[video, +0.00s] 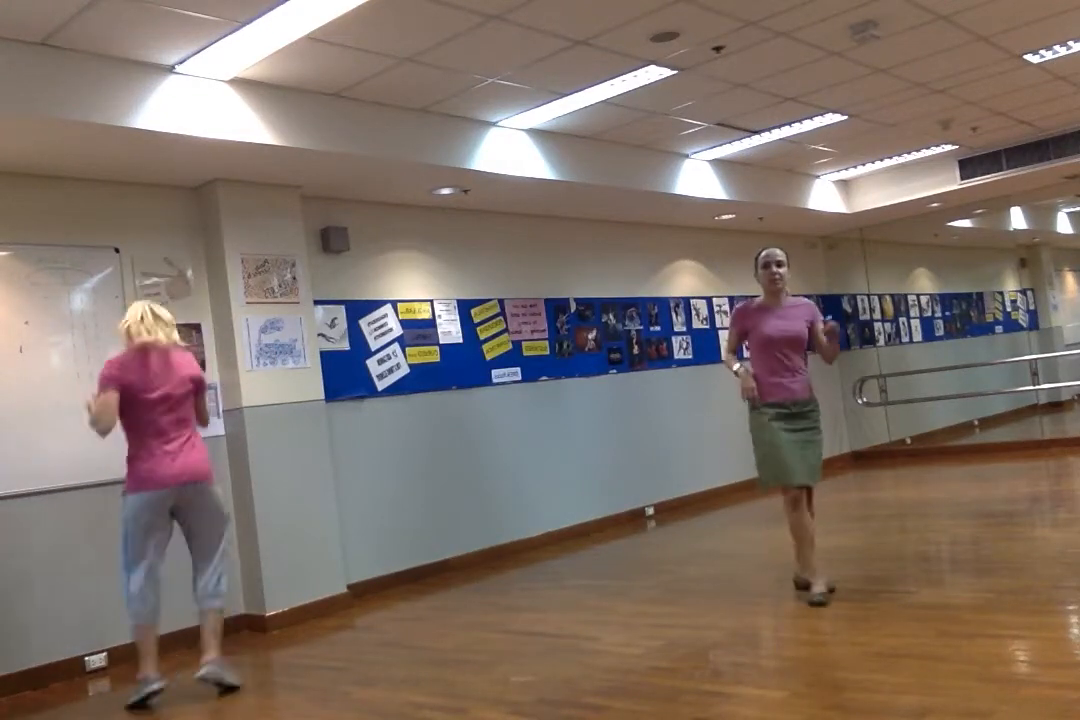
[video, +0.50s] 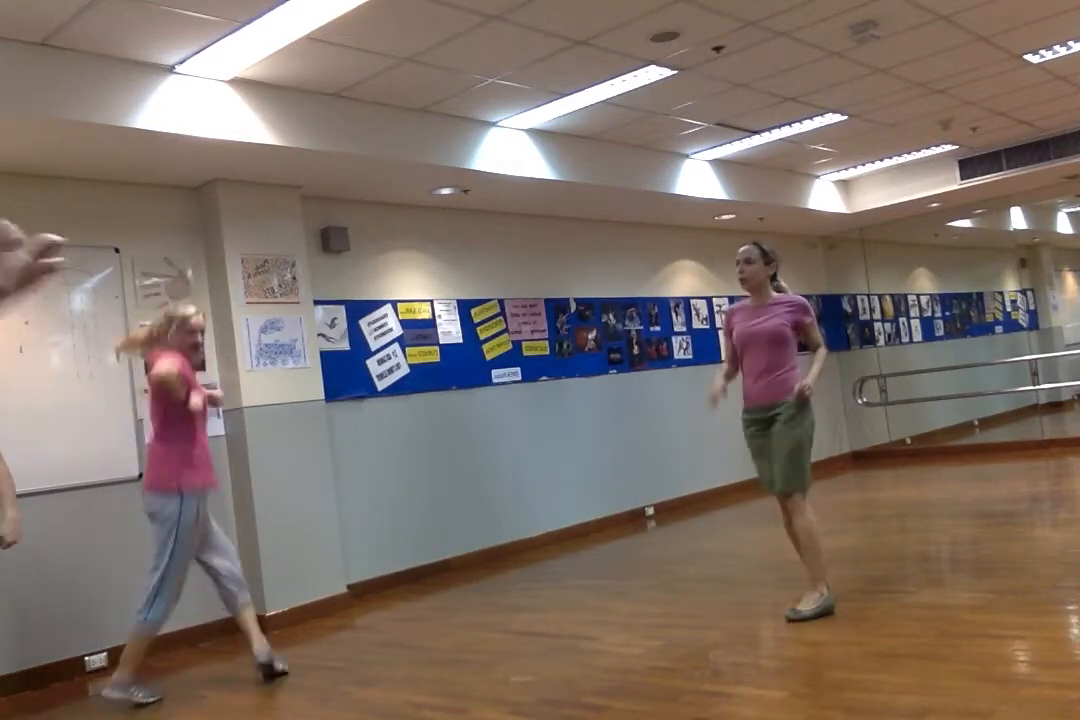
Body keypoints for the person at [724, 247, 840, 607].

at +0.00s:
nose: (775, 271)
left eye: (779, 265)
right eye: (767, 266)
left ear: (788, 271)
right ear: (757, 275)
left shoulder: (807, 309)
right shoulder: (746, 313)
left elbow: (829, 355)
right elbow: (730, 353)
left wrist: (825, 337)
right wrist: (742, 371)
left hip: (805, 409)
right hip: (769, 411)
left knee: (805, 496)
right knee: (794, 493)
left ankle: (802, 572)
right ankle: (815, 578)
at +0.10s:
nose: (771, 272)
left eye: (776, 266)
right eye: (764, 267)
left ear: (785, 272)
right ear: (755, 276)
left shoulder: (806, 310)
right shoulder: (743, 317)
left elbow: (823, 351)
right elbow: (740, 362)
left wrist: (825, 362)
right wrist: (742, 370)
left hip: (806, 411)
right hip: (766, 414)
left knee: (819, 495)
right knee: (792, 499)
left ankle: (808, 562)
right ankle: (817, 577)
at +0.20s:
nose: (766, 273)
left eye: (772, 267)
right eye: (759, 269)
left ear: (783, 273)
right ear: (751, 277)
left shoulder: (804, 311)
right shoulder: (742, 318)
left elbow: (820, 357)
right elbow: (746, 371)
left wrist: (820, 386)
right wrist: (739, 364)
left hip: (805, 412)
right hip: (764, 417)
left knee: (825, 499)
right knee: (790, 503)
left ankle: (824, 560)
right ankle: (817, 578)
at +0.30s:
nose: (757, 272)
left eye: (764, 265)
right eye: (751, 267)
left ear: (779, 272)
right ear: (746, 276)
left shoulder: (803, 310)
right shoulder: (740, 317)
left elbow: (819, 356)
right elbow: (737, 374)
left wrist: (819, 388)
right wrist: (735, 358)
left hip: (801, 413)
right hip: (762, 417)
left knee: (810, 497)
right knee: (787, 505)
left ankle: (835, 563)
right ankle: (817, 579)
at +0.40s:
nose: (748, 268)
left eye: (755, 261)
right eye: (744, 263)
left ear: (773, 266)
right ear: (741, 271)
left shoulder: (799, 306)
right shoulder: (735, 313)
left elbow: (820, 349)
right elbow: (730, 357)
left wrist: (815, 378)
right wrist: (726, 360)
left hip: (796, 408)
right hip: (759, 414)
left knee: (793, 494)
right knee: (786, 502)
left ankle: (830, 577)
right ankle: (816, 580)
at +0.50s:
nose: (741, 269)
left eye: (748, 262)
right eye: (738, 263)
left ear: (769, 267)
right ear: (738, 271)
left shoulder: (794, 306)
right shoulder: (733, 314)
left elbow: (820, 349)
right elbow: (731, 364)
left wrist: (810, 379)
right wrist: (721, 381)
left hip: (790, 408)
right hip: (755, 414)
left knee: (793, 498)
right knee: (785, 502)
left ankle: (819, 588)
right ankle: (818, 587)